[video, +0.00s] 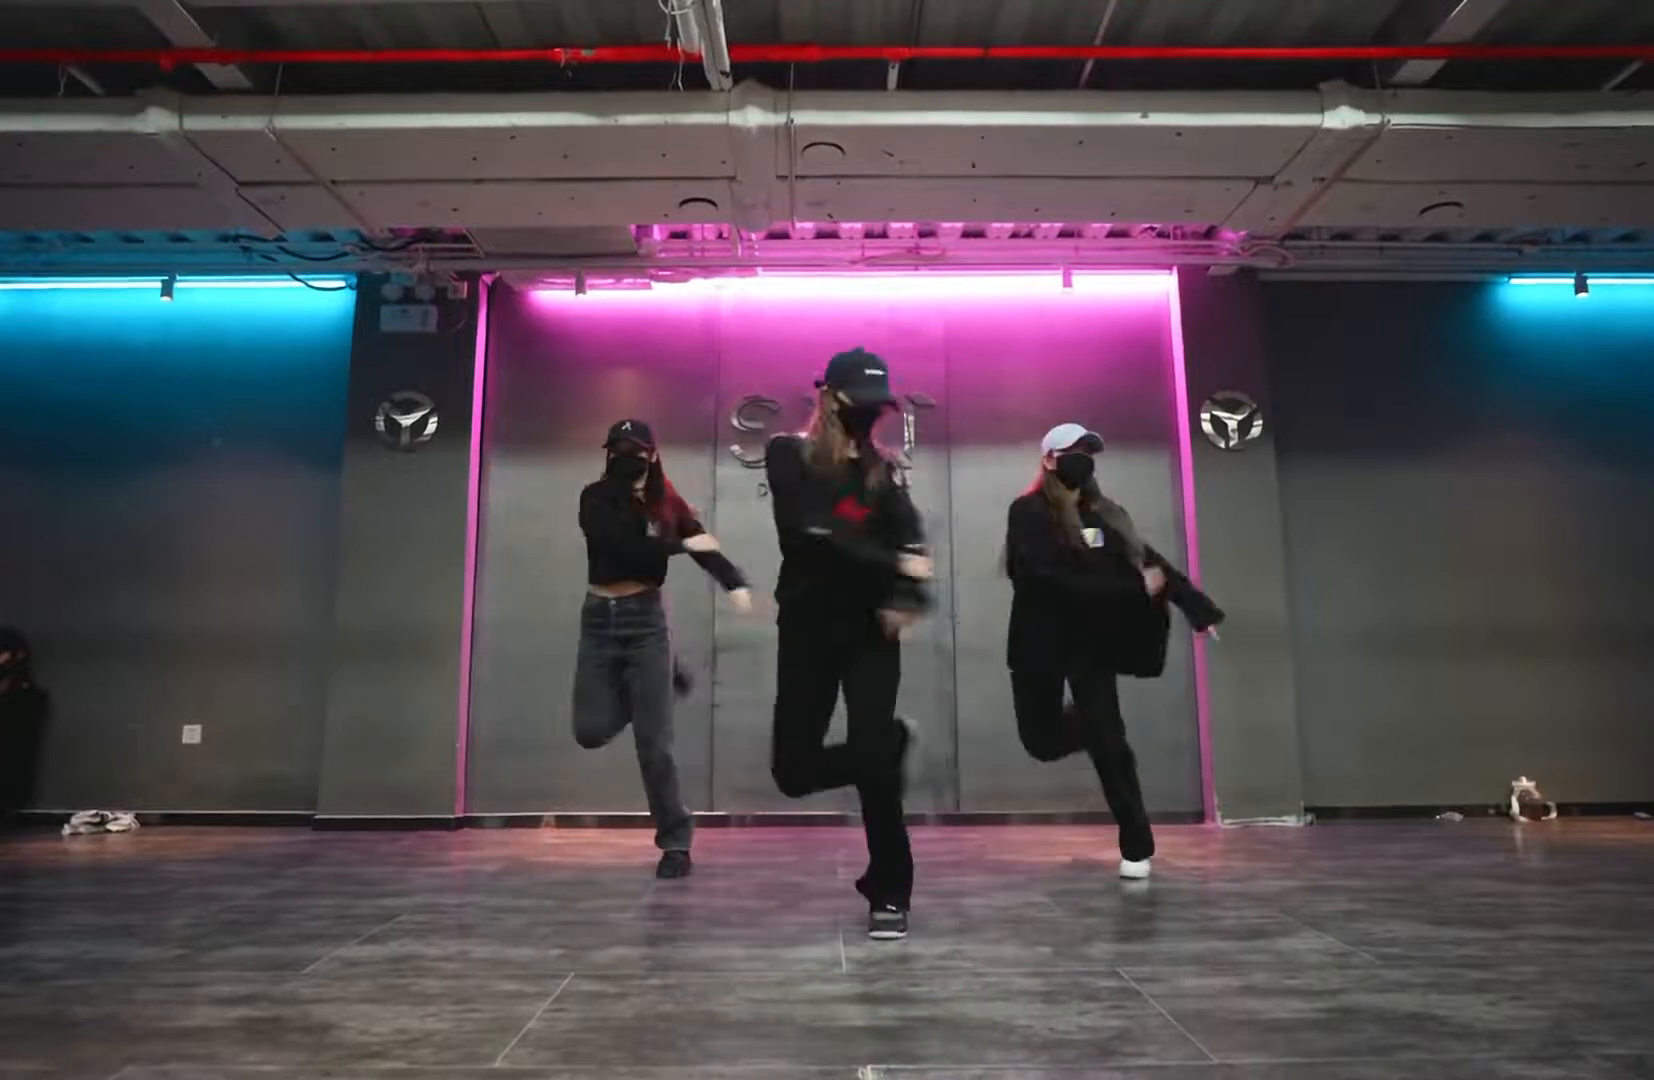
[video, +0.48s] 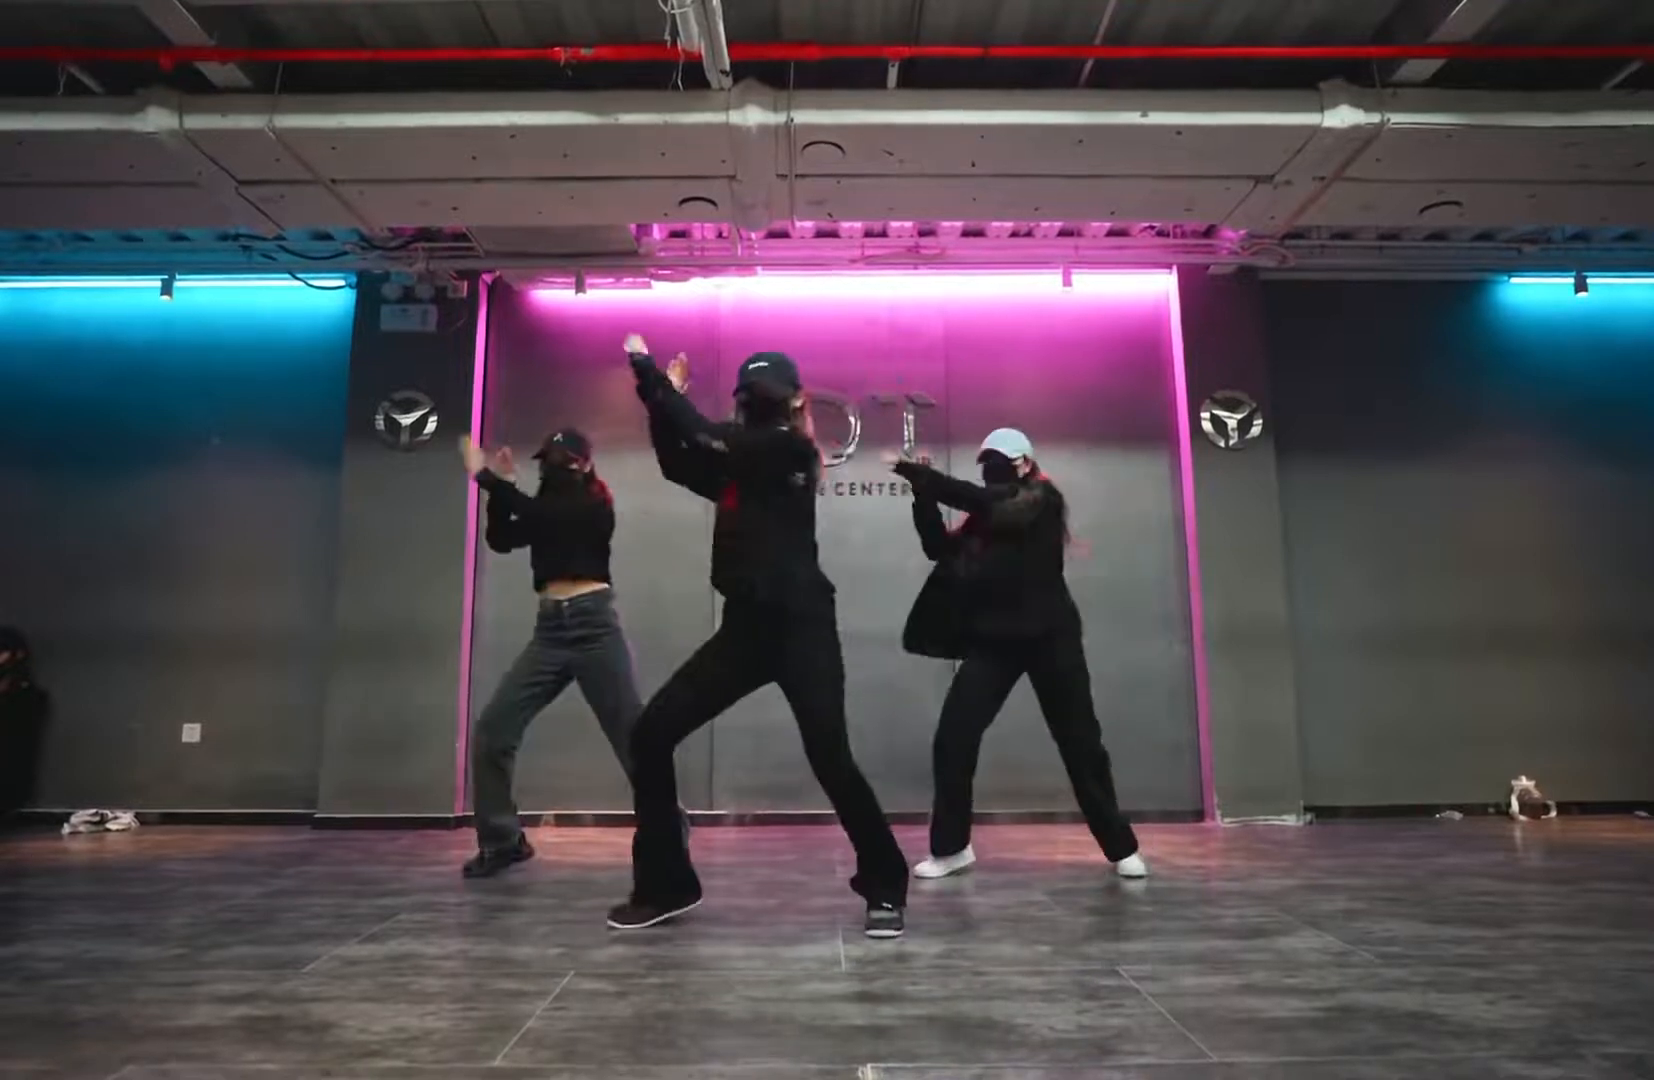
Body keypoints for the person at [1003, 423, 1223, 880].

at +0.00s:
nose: (1084, 466)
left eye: (1088, 459)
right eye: (1074, 458)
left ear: (1094, 463)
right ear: (1050, 460)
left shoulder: (1102, 513)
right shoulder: (1029, 510)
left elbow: (1146, 562)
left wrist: (1197, 607)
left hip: (1088, 642)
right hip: (1038, 645)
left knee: (1106, 740)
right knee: (1042, 741)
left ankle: (1136, 849)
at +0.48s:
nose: (988, 473)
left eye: (997, 464)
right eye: (984, 465)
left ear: (1023, 464)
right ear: (985, 467)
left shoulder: (1041, 496)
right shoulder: (987, 511)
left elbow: (985, 501)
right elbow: (939, 548)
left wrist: (924, 476)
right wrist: (923, 493)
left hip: (1050, 636)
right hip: (997, 639)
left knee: (1080, 743)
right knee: (953, 738)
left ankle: (1123, 851)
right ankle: (951, 849)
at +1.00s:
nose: (1069, 481)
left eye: (1077, 472)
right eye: (1060, 472)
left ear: (1088, 476)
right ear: (1043, 474)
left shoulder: (1116, 518)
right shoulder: (1026, 520)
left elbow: (1168, 510)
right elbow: (975, 527)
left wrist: (1112, 482)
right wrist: (977, 467)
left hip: (1110, 650)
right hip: (1048, 649)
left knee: (1118, 745)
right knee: (1007, 731)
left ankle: (1124, 848)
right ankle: (995, 836)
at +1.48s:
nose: (1095, 410)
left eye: (1101, 402)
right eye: (1086, 403)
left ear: (1110, 412)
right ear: (1065, 413)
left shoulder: (1127, 459)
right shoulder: (1046, 457)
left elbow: (1138, 532)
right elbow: (1000, 461)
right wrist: (1017, 401)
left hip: (1112, 591)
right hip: (1058, 591)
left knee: (1115, 685)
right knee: (1058, 686)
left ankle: (1113, 776)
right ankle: (1080, 777)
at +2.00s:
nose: (1050, 498)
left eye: (1057, 489)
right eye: (1041, 490)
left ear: (1067, 496)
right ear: (1022, 496)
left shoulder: (1087, 548)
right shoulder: (998, 549)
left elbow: (1117, 602)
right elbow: (974, 607)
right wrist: (951, 659)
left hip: (1081, 657)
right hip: (1022, 659)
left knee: (1117, 745)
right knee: (992, 743)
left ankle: (1133, 832)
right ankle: (951, 844)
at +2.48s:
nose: (1075, 469)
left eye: (1082, 458)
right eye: (1067, 458)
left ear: (1092, 456)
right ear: (1047, 455)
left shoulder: (1108, 509)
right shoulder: (1024, 509)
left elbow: (1135, 583)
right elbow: (992, 577)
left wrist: (1140, 656)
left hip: (1102, 638)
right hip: (1036, 638)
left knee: (1143, 726)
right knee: (1007, 717)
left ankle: (1153, 834)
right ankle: (957, 814)